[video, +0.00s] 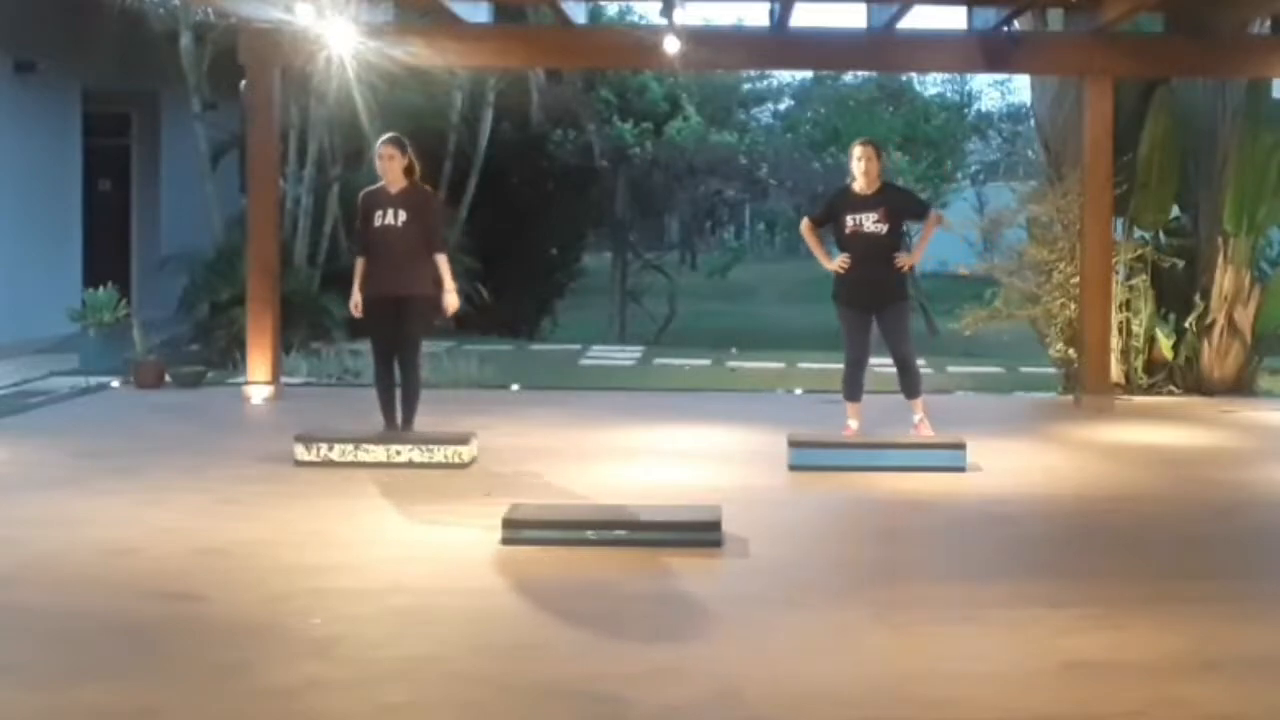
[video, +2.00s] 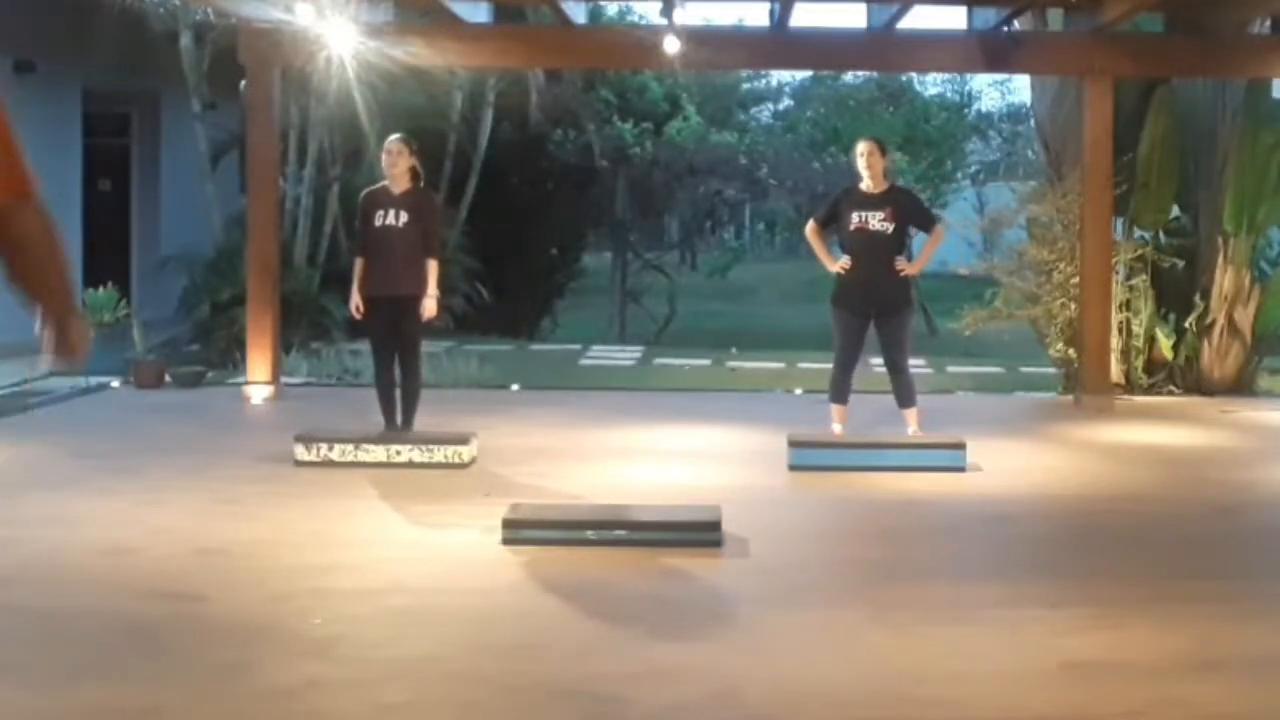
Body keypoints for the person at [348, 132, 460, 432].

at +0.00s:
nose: (385, 163)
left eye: (391, 157)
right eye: (380, 157)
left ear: (405, 161)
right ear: (375, 161)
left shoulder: (424, 197)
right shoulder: (368, 198)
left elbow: (437, 246)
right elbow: (362, 249)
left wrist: (449, 287)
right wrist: (356, 288)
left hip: (415, 293)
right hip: (378, 293)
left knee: (409, 359)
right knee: (382, 360)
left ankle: (407, 424)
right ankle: (389, 424)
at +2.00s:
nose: (390, 159)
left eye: (397, 154)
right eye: (386, 153)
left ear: (411, 159)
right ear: (381, 158)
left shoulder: (425, 199)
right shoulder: (370, 198)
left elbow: (432, 249)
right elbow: (361, 248)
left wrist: (431, 292)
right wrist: (355, 288)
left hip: (410, 295)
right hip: (377, 295)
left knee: (409, 363)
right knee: (383, 364)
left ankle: (407, 425)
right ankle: (389, 424)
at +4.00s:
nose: (403, 175)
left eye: (408, 169)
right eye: (398, 169)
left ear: (422, 166)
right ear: (392, 168)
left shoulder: (436, 203)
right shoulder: (384, 199)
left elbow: (443, 252)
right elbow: (376, 249)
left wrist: (442, 294)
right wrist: (365, 288)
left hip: (420, 291)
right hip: (384, 288)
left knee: (418, 359)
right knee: (376, 355)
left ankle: (409, 421)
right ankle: (376, 417)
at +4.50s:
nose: (405, 170)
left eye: (412, 163)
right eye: (401, 163)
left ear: (424, 165)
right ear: (392, 165)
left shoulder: (434, 203)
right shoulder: (382, 195)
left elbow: (443, 253)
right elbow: (371, 244)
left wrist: (438, 294)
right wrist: (370, 285)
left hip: (418, 293)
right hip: (383, 291)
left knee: (417, 361)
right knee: (378, 363)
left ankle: (409, 423)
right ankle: (382, 421)